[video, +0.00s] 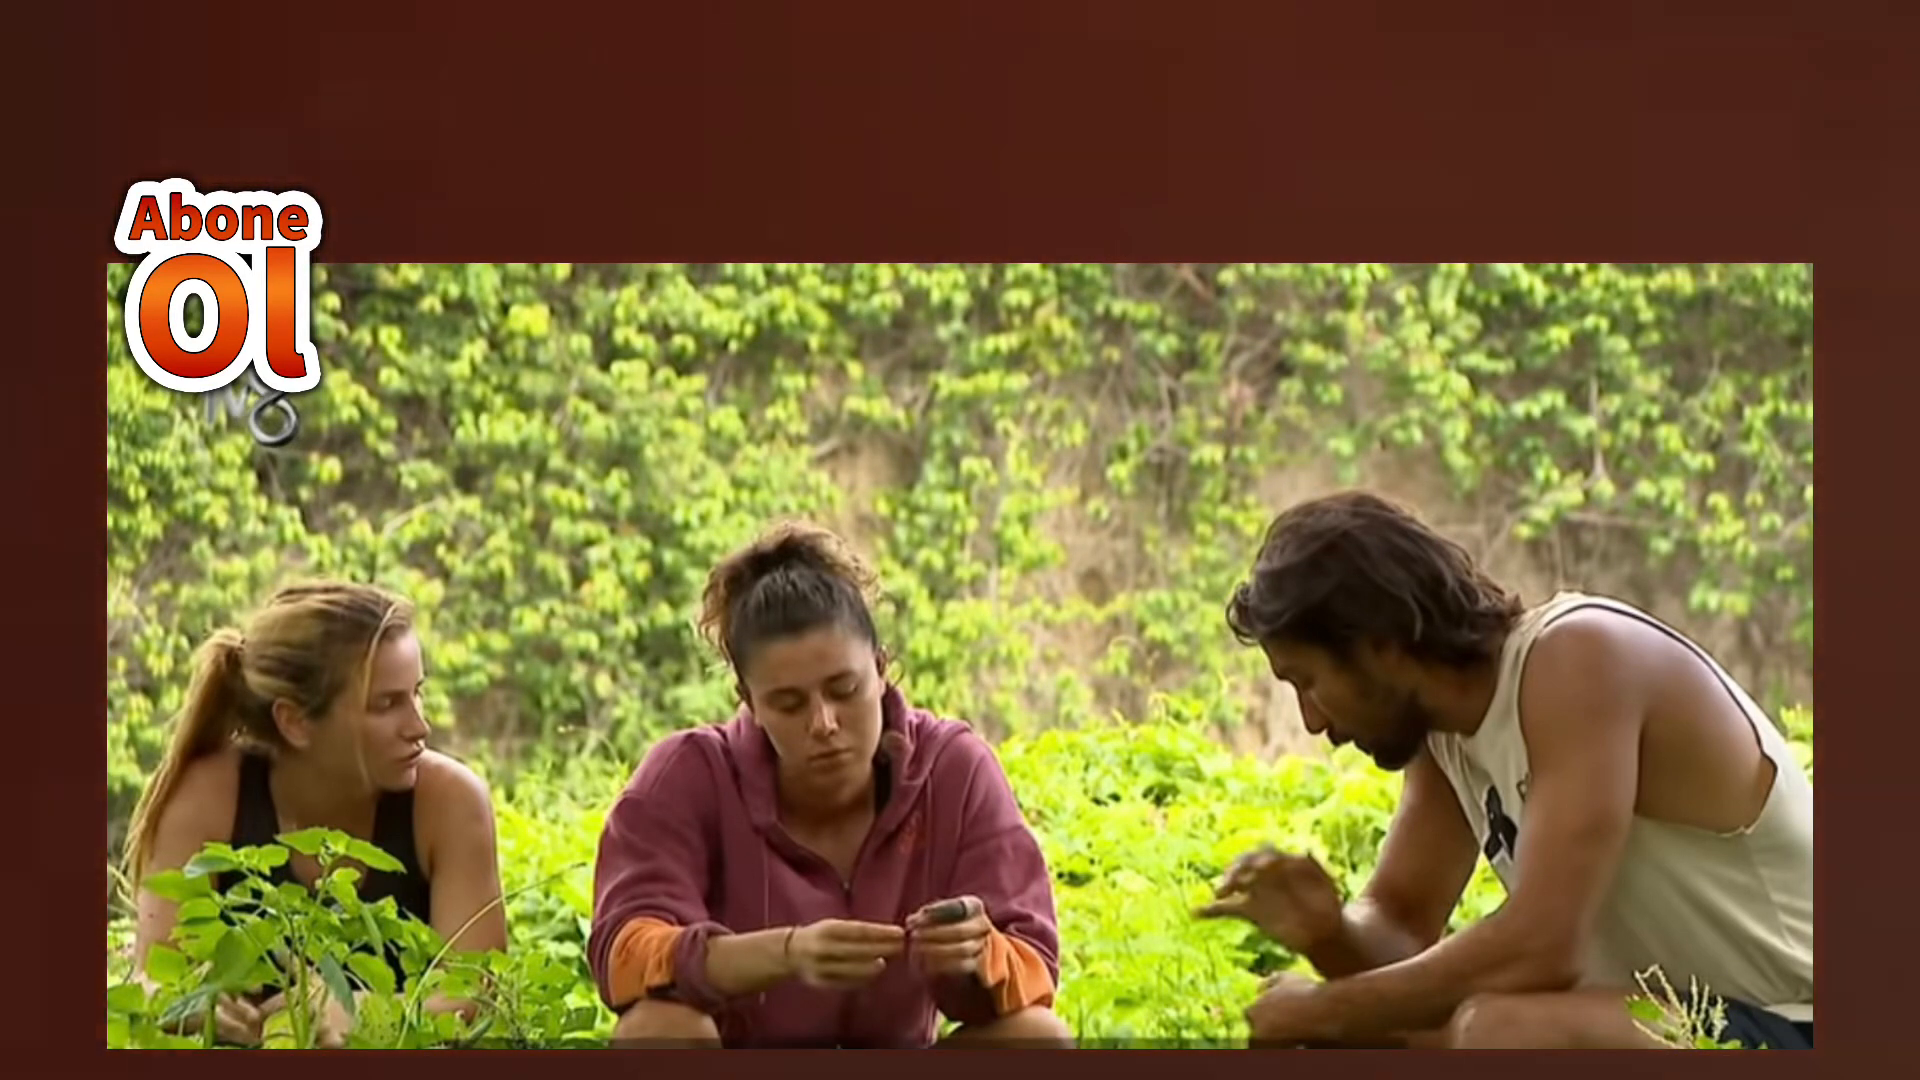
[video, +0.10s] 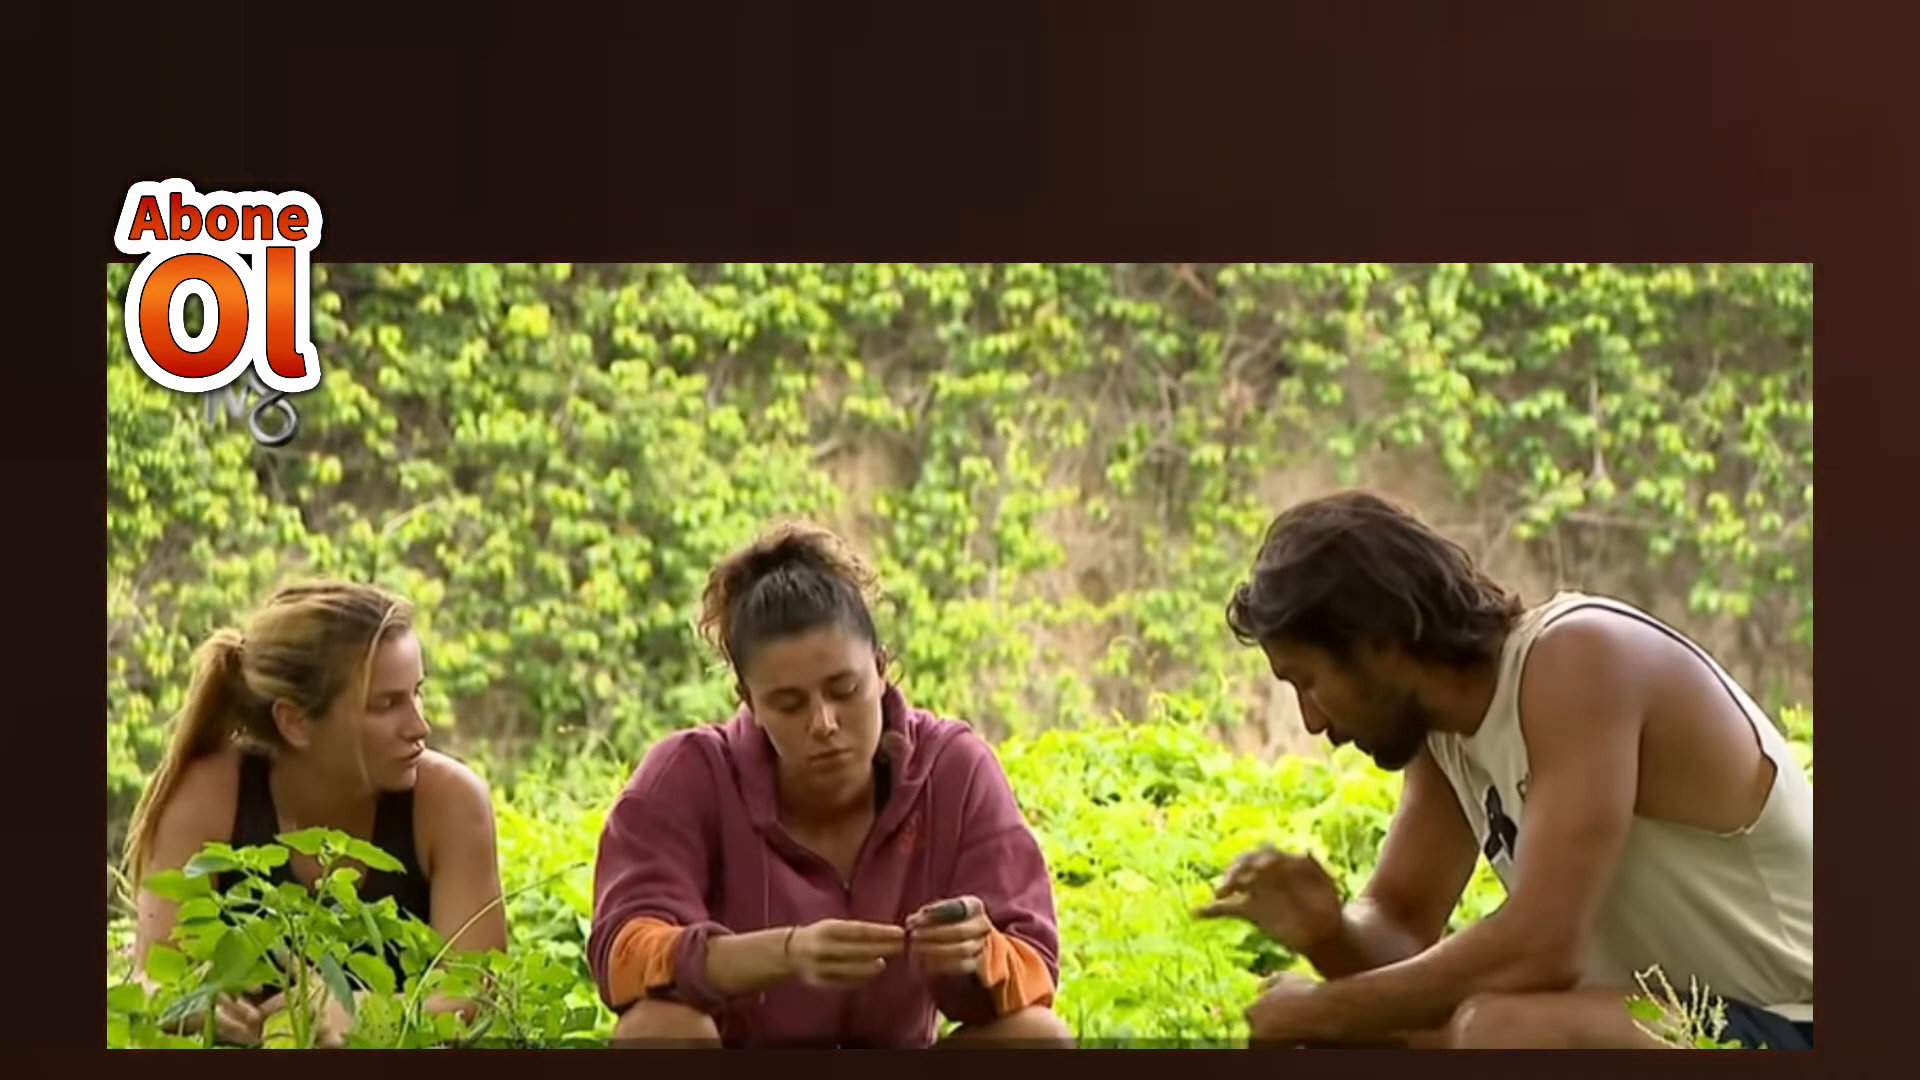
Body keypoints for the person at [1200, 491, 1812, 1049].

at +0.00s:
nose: (1311, 723)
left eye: (1306, 687)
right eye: (1296, 693)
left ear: (1384, 642)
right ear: (1384, 644)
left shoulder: (1585, 656)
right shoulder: (1450, 730)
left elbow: (1539, 950)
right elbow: (1402, 926)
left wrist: (1322, 1013)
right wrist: (1329, 931)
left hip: (1788, 1016)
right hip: (1660, 1002)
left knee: (1500, 1026)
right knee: (1374, 1030)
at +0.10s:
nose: (1311, 723)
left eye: (1306, 687)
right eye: (1296, 693)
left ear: (1385, 643)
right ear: (1385, 645)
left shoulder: (1585, 657)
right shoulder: (1450, 729)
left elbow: (1540, 949)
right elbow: (1403, 925)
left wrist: (1323, 1014)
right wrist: (1330, 933)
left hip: (1787, 1016)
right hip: (1660, 1003)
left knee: (1501, 1025)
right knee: (1375, 1029)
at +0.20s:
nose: (1311, 724)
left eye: (1307, 687)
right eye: (1296, 694)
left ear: (1385, 641)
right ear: (1385, 643)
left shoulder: (1584, 656)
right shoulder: (1450, 729)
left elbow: (1539, 950)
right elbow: (1403, 925)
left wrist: (1327, 1014)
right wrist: (1329, 934)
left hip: (1788, 1019)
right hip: (1656, 1003)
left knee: (1500, 1026)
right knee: (1378, 1027)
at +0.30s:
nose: (1311, 723)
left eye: (1306, 686)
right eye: (1295, 693)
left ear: (1384, 642)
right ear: (1384, 644)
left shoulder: (1585, 656)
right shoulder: (1450, 731)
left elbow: (1539, 950)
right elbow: (1402, 926)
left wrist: (1327, 1015)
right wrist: (1329, 933)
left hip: (1790, 1017)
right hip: (1658, 1001)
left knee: (1501, 1025)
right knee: (1382, 1025)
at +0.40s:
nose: (1311, 723)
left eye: (1306, 686)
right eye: (1295, 693)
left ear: (1384, 642)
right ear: (1384, 644)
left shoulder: (1585, 656)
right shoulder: (1450, 731)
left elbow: (1539, 951)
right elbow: (1402, 927)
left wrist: (1327, 1015)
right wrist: (1329, 933)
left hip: (1788, 1017)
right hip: (1653, 1001)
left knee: (1500, 1025)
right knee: (1381, 1025)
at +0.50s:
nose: (1311, 723)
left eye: (1306, 686)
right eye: (1296, 693)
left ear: (1384, 642)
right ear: (1384, 643)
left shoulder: (1585, 656)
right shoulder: (1451, 731)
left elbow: (1538, 950)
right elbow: (1402, 926)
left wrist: (1328, 1012)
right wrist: (1330, 932)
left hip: (1790, 1016)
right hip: (1654, 1000)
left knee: (1497, 1026)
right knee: (1382, 1027)